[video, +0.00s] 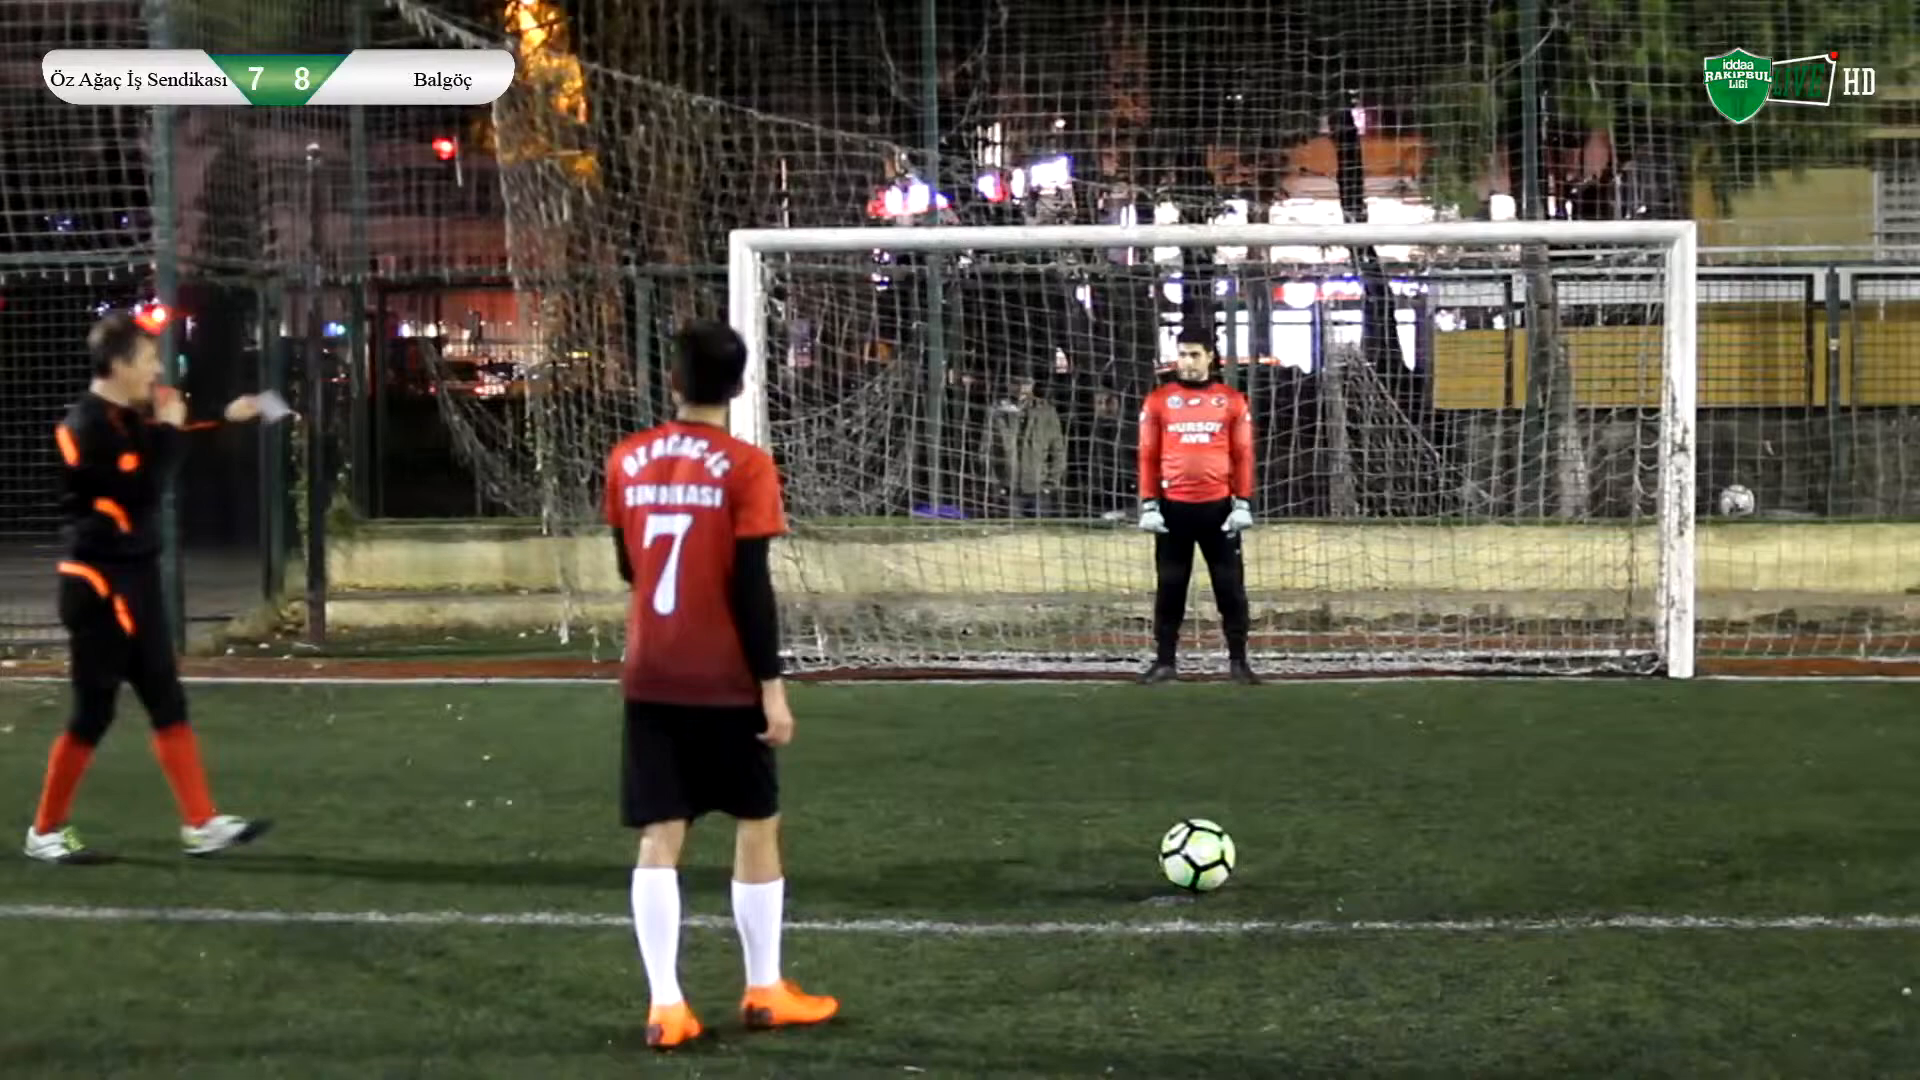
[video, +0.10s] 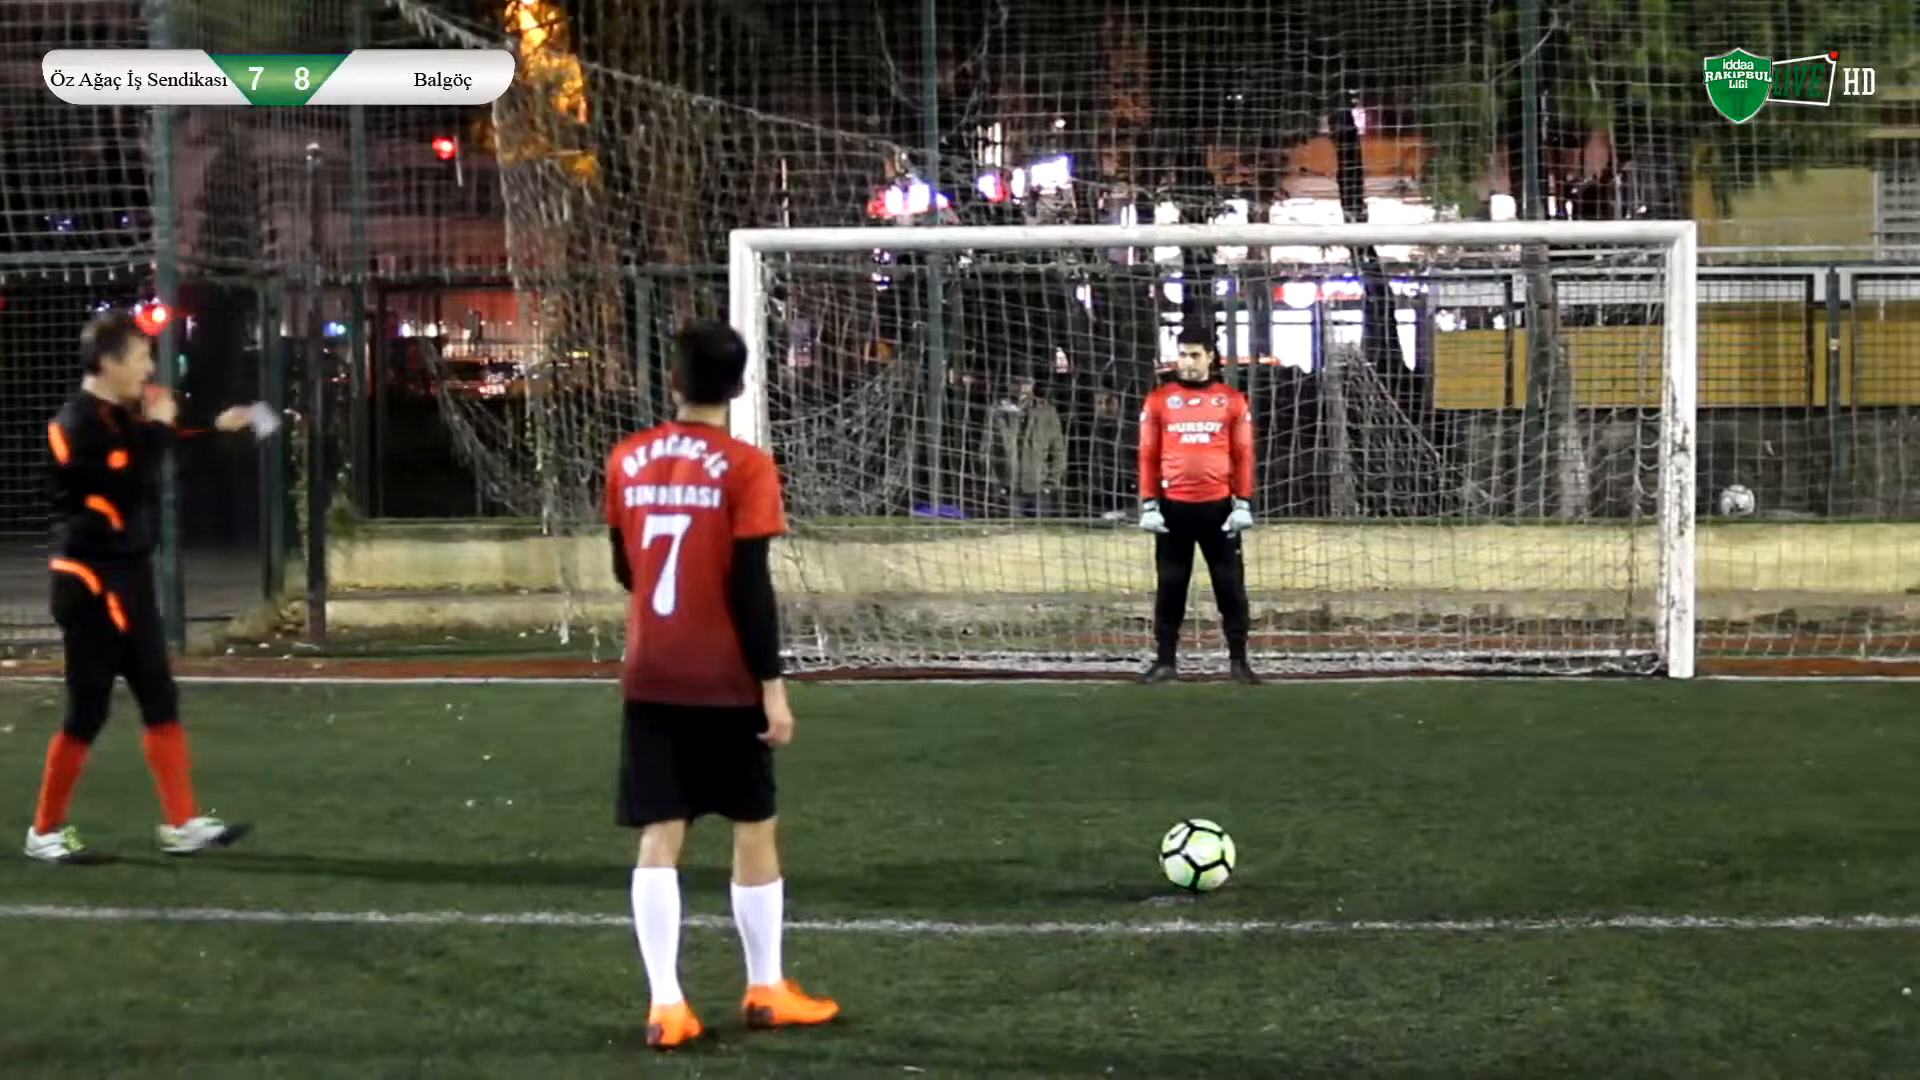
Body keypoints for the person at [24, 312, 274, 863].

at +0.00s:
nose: (156, 372)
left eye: (156, 361)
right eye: (148, 362)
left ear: (124, 366)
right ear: (116, 366)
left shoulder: (132, 418)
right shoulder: (81, 425)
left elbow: (176, 437)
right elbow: (134, 494)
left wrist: (233, 416)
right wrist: (168, 430)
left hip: (136, 579)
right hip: (94, 581)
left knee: (166, 700)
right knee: (94, 709)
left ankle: (201, 822)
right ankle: (45, 830)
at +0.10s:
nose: (149, 370)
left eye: (149, 359)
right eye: (141, 359)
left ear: (120, 364)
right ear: (106, 363)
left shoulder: (125, 417)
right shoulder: (74, 423)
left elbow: (165, 441)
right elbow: (124, 492)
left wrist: (219, 428)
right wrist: (157, 427)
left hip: (129, 576)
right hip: (87, 579)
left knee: (159, 697)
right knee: (88, 707)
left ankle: (182, 822)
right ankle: (45, 830)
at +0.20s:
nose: (121, 365)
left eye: (123, 354)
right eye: (114, 354)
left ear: (94, 357)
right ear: (79, 354)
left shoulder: (108, 412)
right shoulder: (47, 414)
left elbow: (135, 465)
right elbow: (96, 477)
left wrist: (188, 465)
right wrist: (128, 418)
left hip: (109, 566)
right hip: (65, 568)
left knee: (133, 692)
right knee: (70, 698)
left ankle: (109, 813)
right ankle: (45, 831)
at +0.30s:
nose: (103, 364)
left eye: (105, 353)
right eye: (96, 354)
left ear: (89, 354)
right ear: (63, 354)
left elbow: (120, 480)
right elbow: (81, 488)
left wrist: (163, 497)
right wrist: (110, 416)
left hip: (96, 563)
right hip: (51, 566)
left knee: (108, 691)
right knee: (65, 697)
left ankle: (69, 804)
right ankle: (41, 829)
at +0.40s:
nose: (83, 368)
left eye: (85, 358)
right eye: (75, 358)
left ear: (77, 360)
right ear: (44, 357)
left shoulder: (70, 412)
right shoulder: (23, 414)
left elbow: (74, 483)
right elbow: (49, 481)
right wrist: (85, 421)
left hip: (77, 563)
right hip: (38, 564)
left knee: (64, 689)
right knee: (63, 694)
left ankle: (11, 782)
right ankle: (45, 829)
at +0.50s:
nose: (71, 372)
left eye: (74, 362)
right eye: (63, 363)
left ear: (70, 363)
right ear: (30, 363)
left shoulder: (62, 416)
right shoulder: (11, 419)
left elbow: (74, 500)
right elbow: (57, 504)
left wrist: (113, 521)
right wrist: (78, 425)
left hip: (58, 575)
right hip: (24, 577)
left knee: (32, 698)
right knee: (61, 699)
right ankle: (42, 831)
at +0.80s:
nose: (52, 378)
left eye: (54, 367)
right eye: (45, 367)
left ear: (24, 368)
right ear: (13, 367)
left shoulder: (26, 422)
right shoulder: (7, 424)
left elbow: (26, 504)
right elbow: (9, 507)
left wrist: (77, 523)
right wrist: (55, 502)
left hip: (16, 581)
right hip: (1, 583)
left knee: (15, 692)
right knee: (17, 691)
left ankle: (16, 814)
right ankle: (12, 816)